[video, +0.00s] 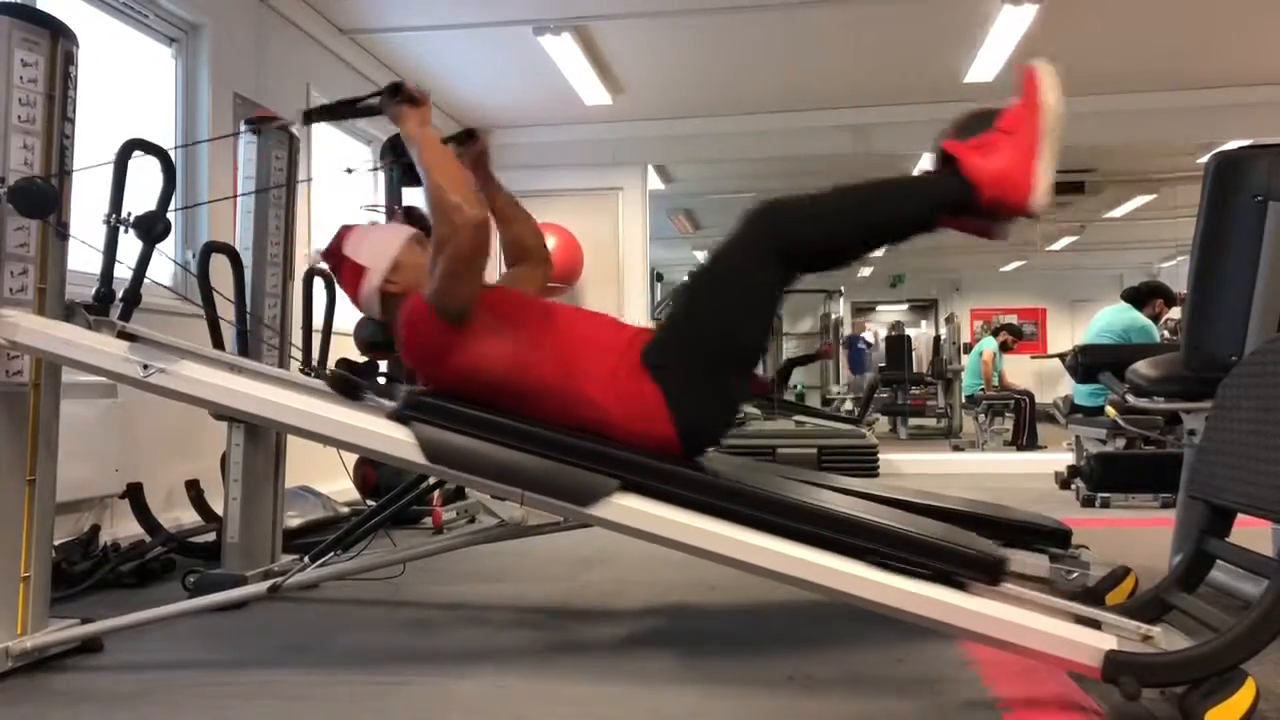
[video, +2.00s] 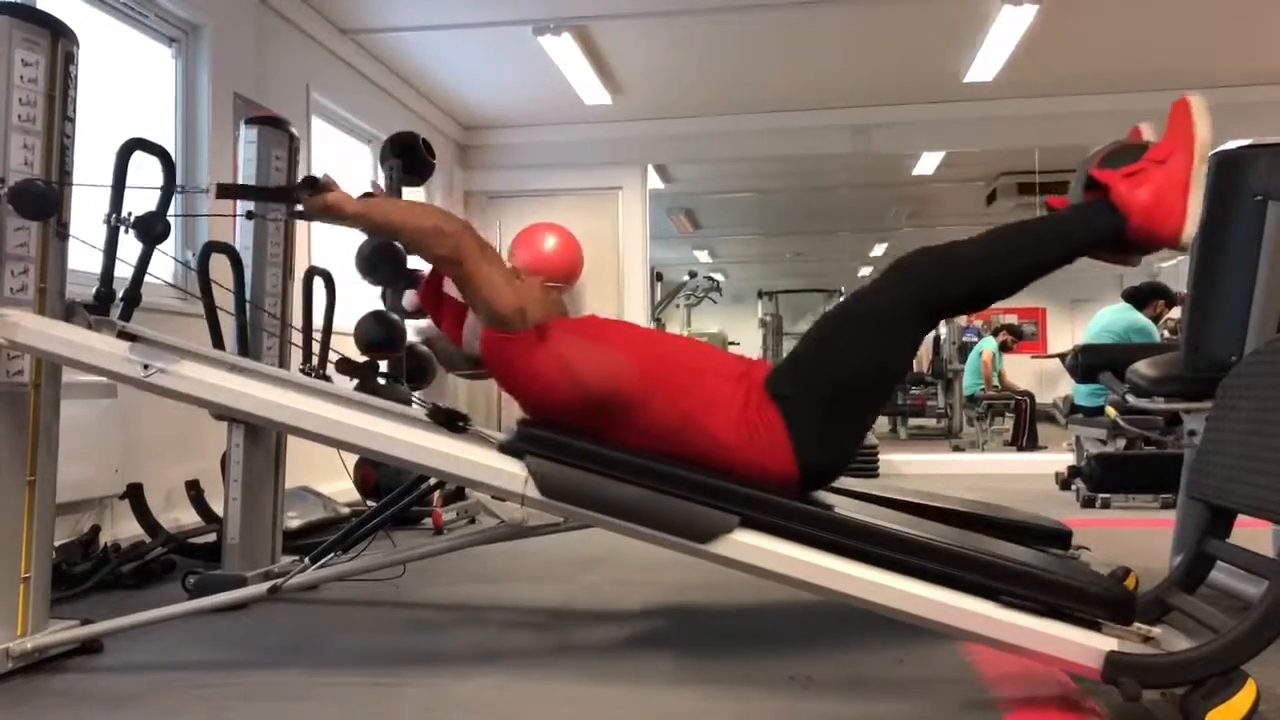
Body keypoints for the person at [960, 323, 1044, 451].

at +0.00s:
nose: (1013, 347)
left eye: (1016, 344)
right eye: (1013, 342)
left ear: (1003, 336)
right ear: (1003, 334)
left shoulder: (997, 351)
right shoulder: (990, 342)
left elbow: (1003, 383)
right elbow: (986, 361)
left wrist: (1020, 389)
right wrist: (988, 390)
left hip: (983, 392)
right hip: (975, 393)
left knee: (1026, 397)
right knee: (1025, 398)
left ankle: (1020, 441)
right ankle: (1025, 444)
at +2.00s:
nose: (1013, 347)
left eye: (1015, 344)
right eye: (1013, 342)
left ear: (1003, 335)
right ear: (1003, 334)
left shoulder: (997, 352)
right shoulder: (990, 342)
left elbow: (1003, 382)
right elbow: (986, 361)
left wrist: (1019, 390)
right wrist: (989, 390)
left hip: (985, 392)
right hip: (976, 393)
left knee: (1027, 397)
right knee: (1024, 399)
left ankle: (1028, 443)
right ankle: (1024, 444)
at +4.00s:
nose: (1016, 344)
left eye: (1019, 342)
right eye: (1015, 338)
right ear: (1005, 332)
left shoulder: (998, 350)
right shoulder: (991, 341)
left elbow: (1003, 381)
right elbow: (987, 360)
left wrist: (1019, 390)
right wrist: (989, 389)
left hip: (986, 391)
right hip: (977, 392)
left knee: (1026, 399)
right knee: (1026, 400)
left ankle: (1019, 441)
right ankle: (1026, 443)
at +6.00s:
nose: (1017, 342)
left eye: (1018, 339)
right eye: (1017, 338)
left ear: (1009, 337)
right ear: (1011, 336)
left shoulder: (999, 349)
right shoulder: (994, 342)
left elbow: (1004, 383)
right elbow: (989, 361)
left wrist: (1019, 390)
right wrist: (989, 390)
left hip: (982, 393)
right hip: (976, 393)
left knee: (1026, 399)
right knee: (1027, 400)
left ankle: (1018, 442)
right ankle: (1027, 445)